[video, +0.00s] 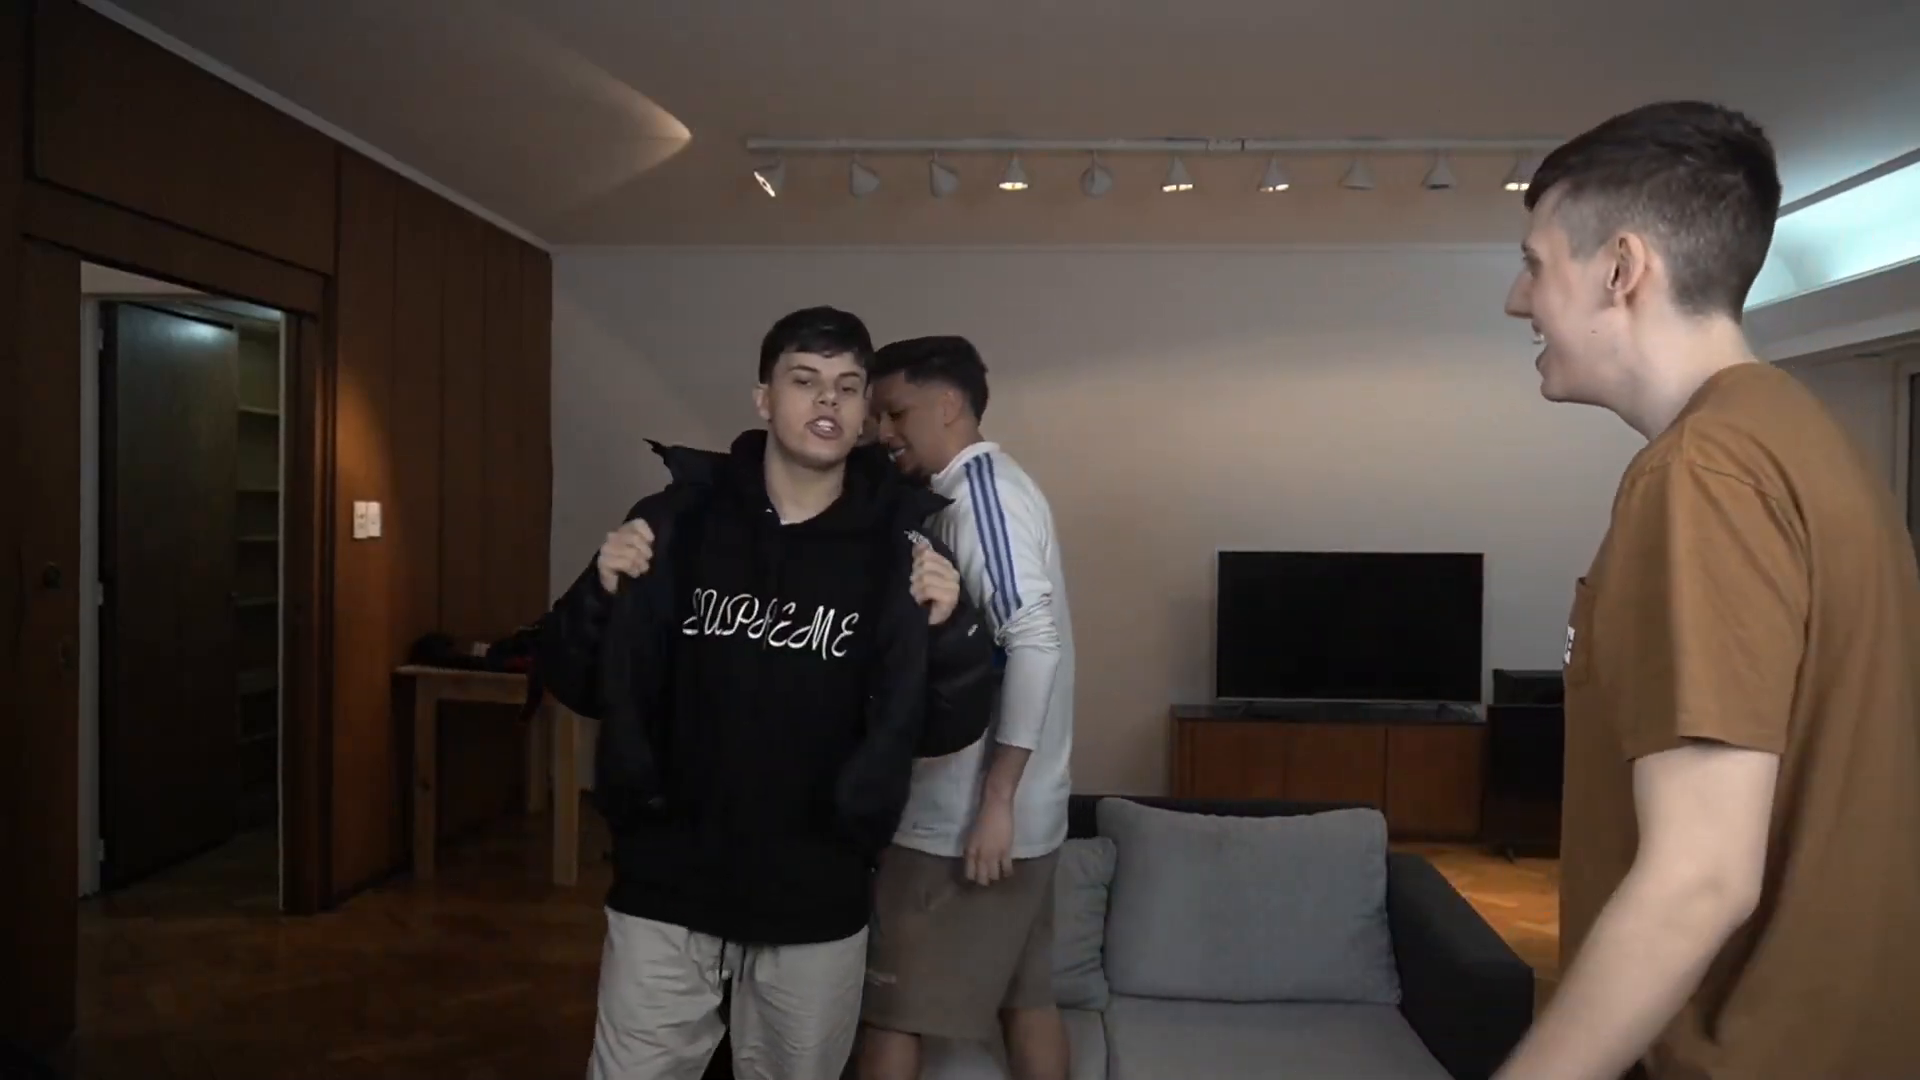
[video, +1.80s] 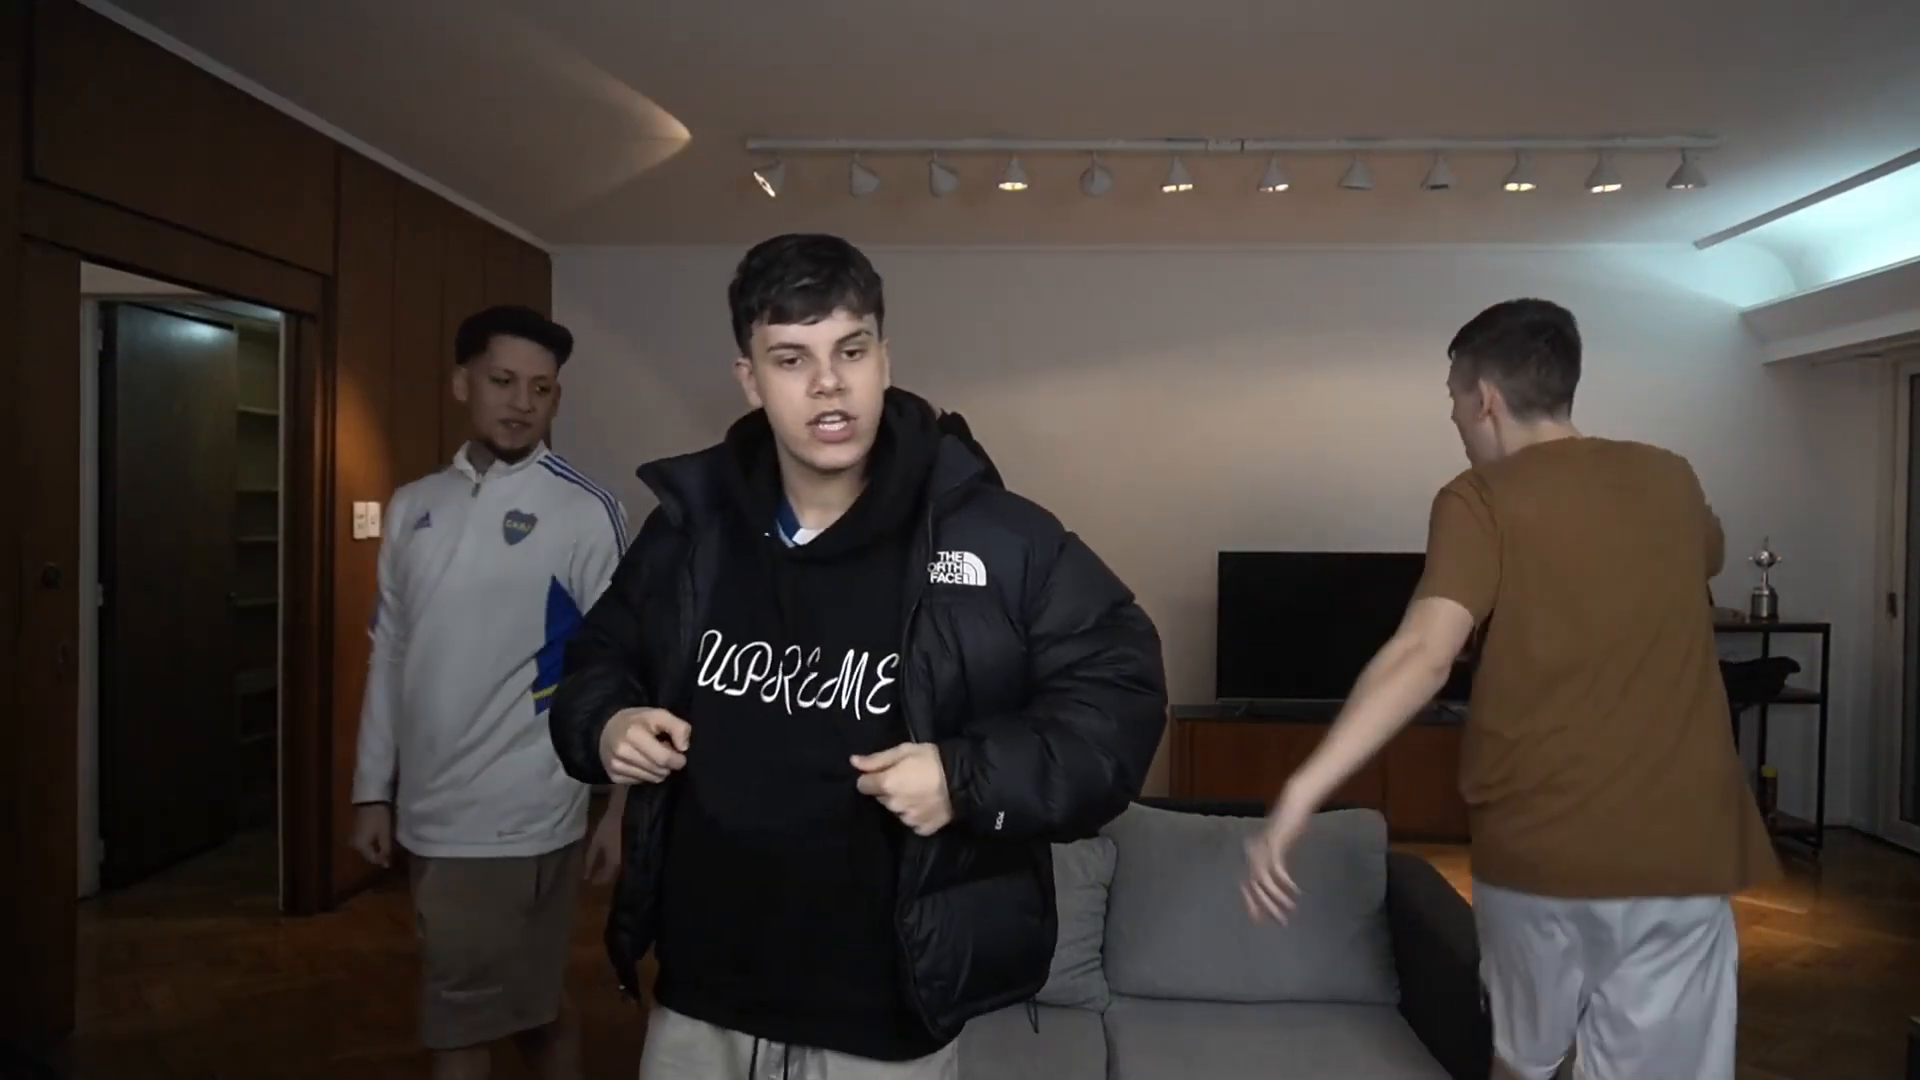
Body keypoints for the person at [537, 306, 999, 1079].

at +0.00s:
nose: (829, 401)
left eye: (848, 385)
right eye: (805, 380)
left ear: (867, 411)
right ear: (764, 400)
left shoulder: (901, 543)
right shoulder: (682, 517)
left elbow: (947, 729)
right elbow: (575, 683)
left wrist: (949, 627)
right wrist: (601, 588)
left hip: (814, 894)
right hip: (668, 881)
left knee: (797, 1072)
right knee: (632, 1071)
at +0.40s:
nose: (747, 399)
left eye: (766, 379)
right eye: (721, 377)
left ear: (790, 400)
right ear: (679, 399)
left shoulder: (832, 554)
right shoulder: (596, 546)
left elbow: (899, 708)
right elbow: (527, 711)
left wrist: (833, 660)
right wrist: (694, 678)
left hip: (790, 927)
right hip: (635, 932)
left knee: (790, 1068)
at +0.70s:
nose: (627, 380)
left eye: (647, 356)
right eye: (594, 360)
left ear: (676, 374)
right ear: (552, 387)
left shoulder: (747, 528)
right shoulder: (493, 555)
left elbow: (839, 687)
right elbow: (436, 744)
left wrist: (753, 652)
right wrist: (630, 694)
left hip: (741, 946)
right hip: (571, 963)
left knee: (790, 1066)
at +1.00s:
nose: (597, 381)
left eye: (614, 354)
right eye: (561, 359)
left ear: (640, 367)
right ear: (509, 384)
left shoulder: (746, 518)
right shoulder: (465, 561)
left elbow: (854, 669)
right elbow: (379, 742)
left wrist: (704, 660)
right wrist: (557, 725)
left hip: (730, 960)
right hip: (549, 976)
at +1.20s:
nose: (644, 391)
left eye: (657, 360)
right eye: (606, 371)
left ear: (681, 362)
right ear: (551, 395)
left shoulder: (793, 517)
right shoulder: (505, 546)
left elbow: (922, 654)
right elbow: (387, 711)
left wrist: (795, 712)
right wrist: (453, 760)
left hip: (747, 991)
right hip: (559, 990)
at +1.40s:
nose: (729, 392)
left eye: (742, 359)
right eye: (687, 372)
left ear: (766, 361)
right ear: (635, 395)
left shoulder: (879, 517)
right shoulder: (586, 532)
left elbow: (1022, 638)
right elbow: (492, 672)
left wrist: (887, 732)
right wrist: (539, 736)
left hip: (816, 984)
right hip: (629, 981)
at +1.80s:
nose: (829, 385)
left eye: (851, 352)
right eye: (793, 360)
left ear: (884, 358)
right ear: (750, 377)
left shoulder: (990, 536)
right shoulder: (691, 528)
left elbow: (1120, 689)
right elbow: (592, 666)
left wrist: (972, 775)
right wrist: (607, 725)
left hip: (889, 1012)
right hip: (705, 999)